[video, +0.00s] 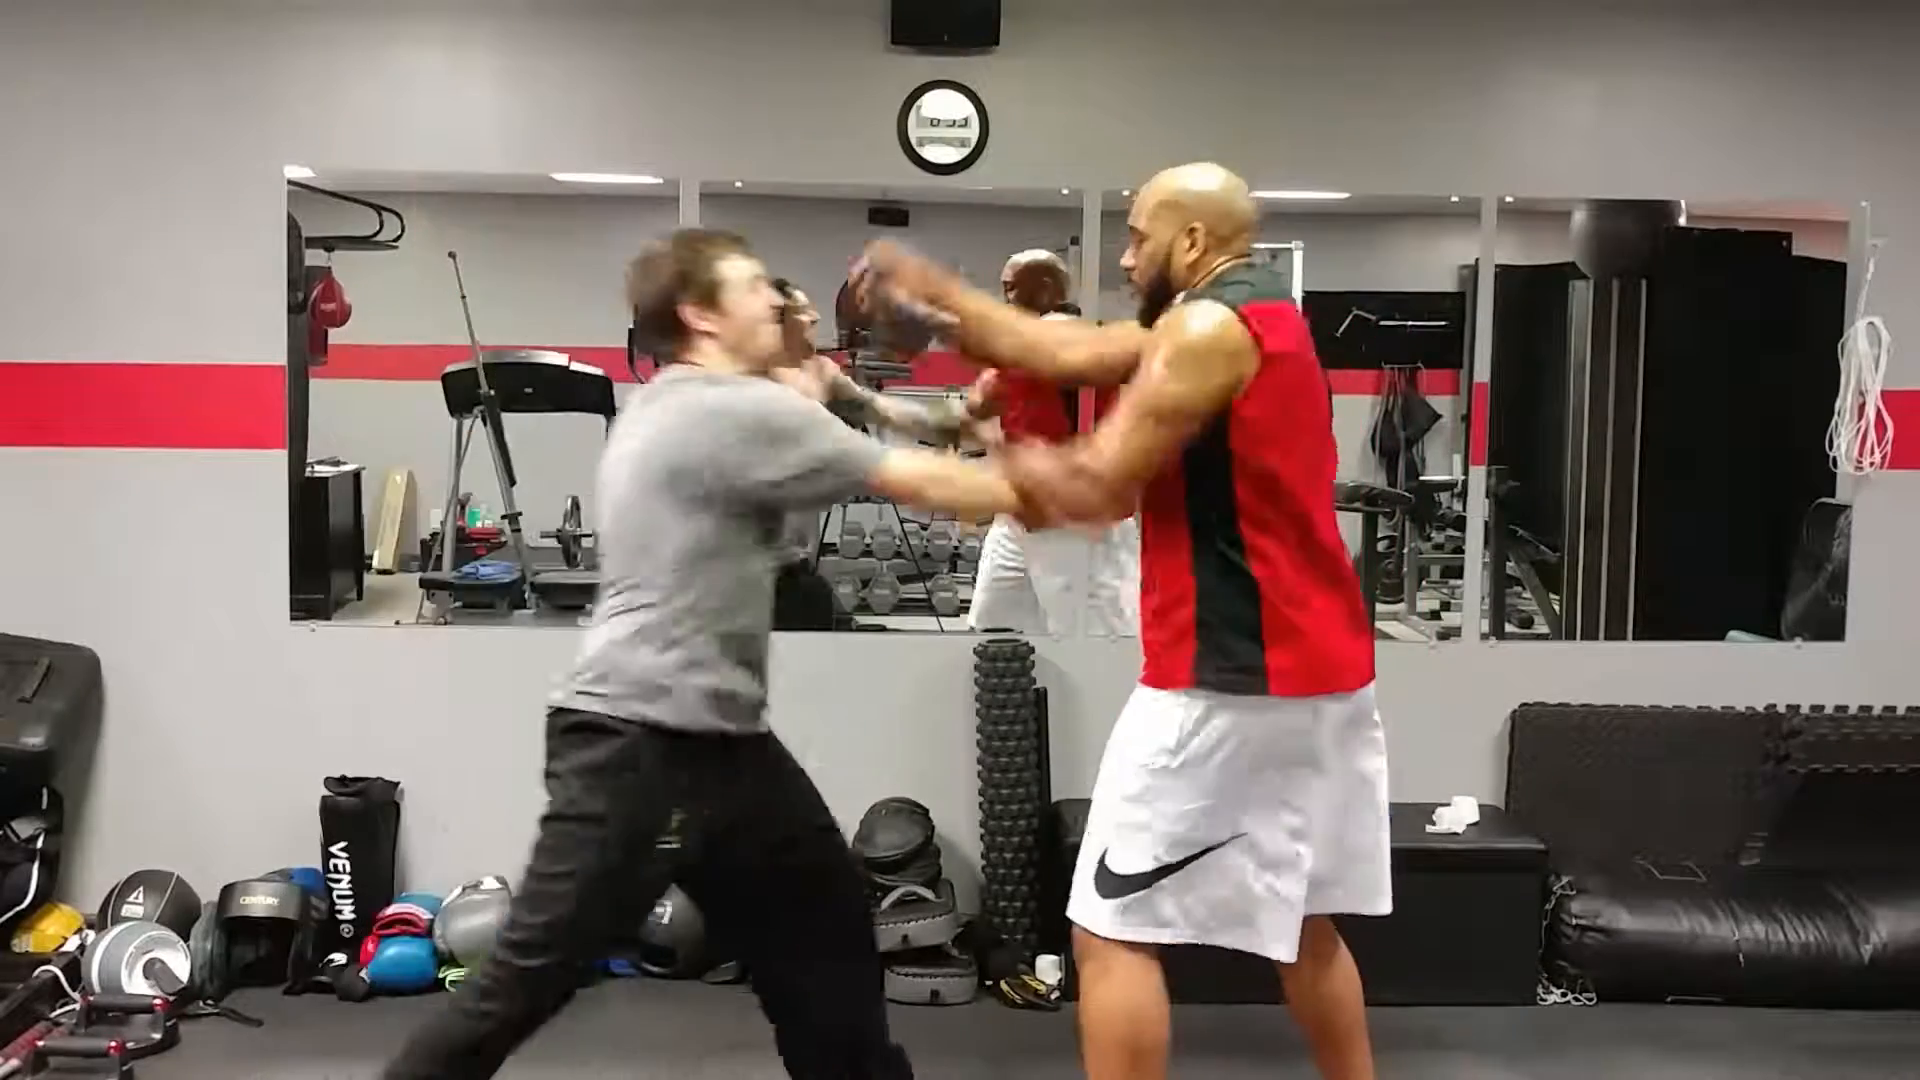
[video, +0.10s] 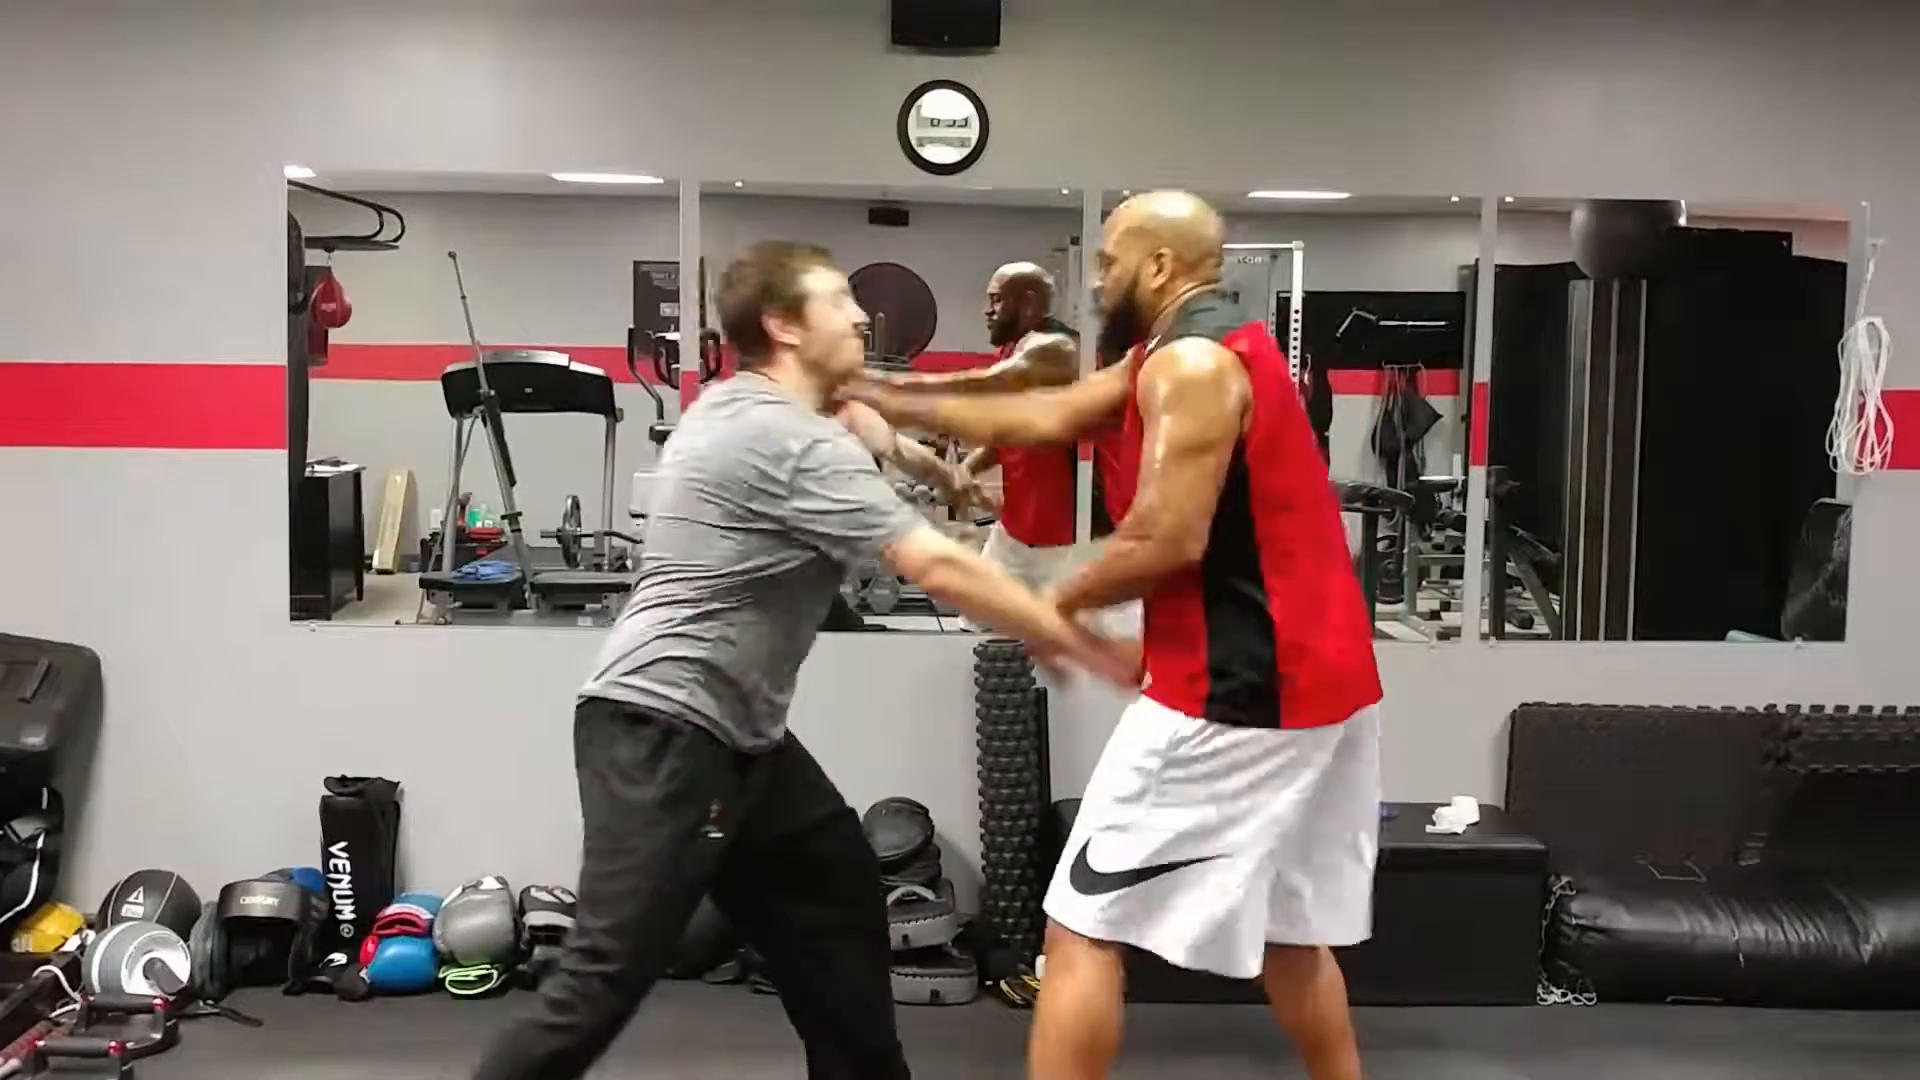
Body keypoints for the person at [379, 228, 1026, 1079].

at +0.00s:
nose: (783, 304)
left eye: (775, 285)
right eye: (760, 287)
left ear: (699, 322)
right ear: (701, 317)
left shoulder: (661, 412)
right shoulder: (734, 411)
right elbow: (912, 479)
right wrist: (1038, 495)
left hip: (722, 740)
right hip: (632, 736)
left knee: (828, 948)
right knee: (523, 979)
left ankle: (857, 1073)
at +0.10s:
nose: (861, 320)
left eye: (854, 302)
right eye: (842, 303)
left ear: (781, 332)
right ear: (784, 328)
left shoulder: (730, 413)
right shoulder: (786, 434)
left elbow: (852, 424)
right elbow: (929, 562)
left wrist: (939, 474)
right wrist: (1071, 640)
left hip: (733, 730)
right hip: (660, 722)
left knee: (837, 903)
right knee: (606, 970)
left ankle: (863, 1074)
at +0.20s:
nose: (880, 327)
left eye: (874, 310)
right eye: (861, 310)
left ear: (801, 334)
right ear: (802, 332)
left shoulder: (782, 419)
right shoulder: (775, 443)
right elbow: (911, 593)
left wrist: (905, 484)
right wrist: (1055, 674)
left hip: (758, 729)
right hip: (658, 727)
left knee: (855, 915)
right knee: (621, 988)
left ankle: (874, 1072)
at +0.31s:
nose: (860, 318)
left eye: (854, 301)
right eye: (841, 302)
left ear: (785, 323)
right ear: (781, 321)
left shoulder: (796, 415)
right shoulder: (750, 435)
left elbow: (874, 485)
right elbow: (866, 601)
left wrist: (973, 525)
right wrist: (1011, 696)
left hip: (766, 732)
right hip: (665, 724)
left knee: (863, 921)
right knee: (616, 981)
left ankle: (884, 1075)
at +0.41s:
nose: (841, 306)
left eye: (834, 288)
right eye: (819, 288)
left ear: (765, 309)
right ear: (755, 307)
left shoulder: (794, 408)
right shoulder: (723, 420)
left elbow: (881, 493)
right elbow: (832, 584)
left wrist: (985, 502)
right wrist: (984, 672)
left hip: (762, 724)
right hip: (657, 719)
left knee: (863, 924)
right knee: (621, 978)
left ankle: (871, 1072)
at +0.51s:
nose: (792, 294)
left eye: (789, 277)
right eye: (772, 277)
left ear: (723, 294)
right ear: (708, 290)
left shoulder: (751, 394)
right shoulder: (665, 405)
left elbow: (835, 485)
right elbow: (783, 567)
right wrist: (928, 649)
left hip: (749, 709)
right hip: (648, 713)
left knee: (858, 933)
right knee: (619, 990)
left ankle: (868, 1066)